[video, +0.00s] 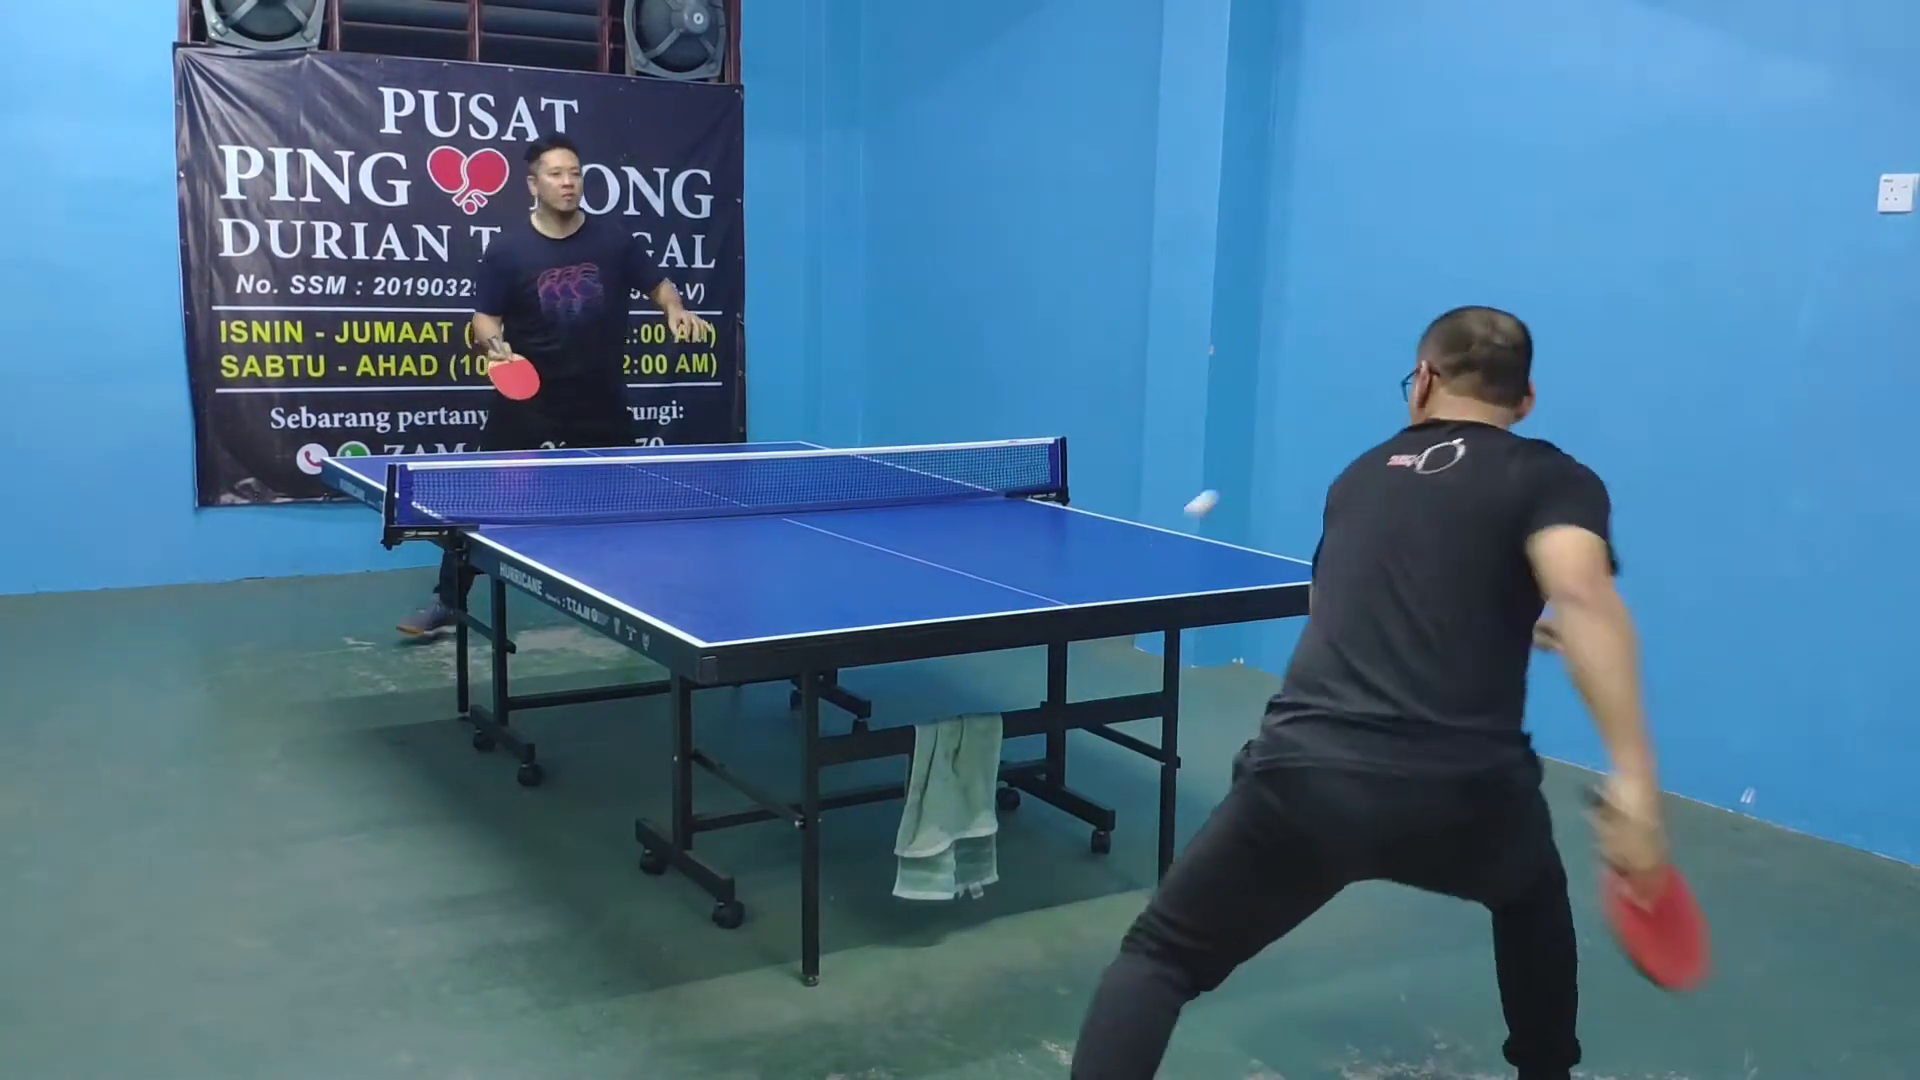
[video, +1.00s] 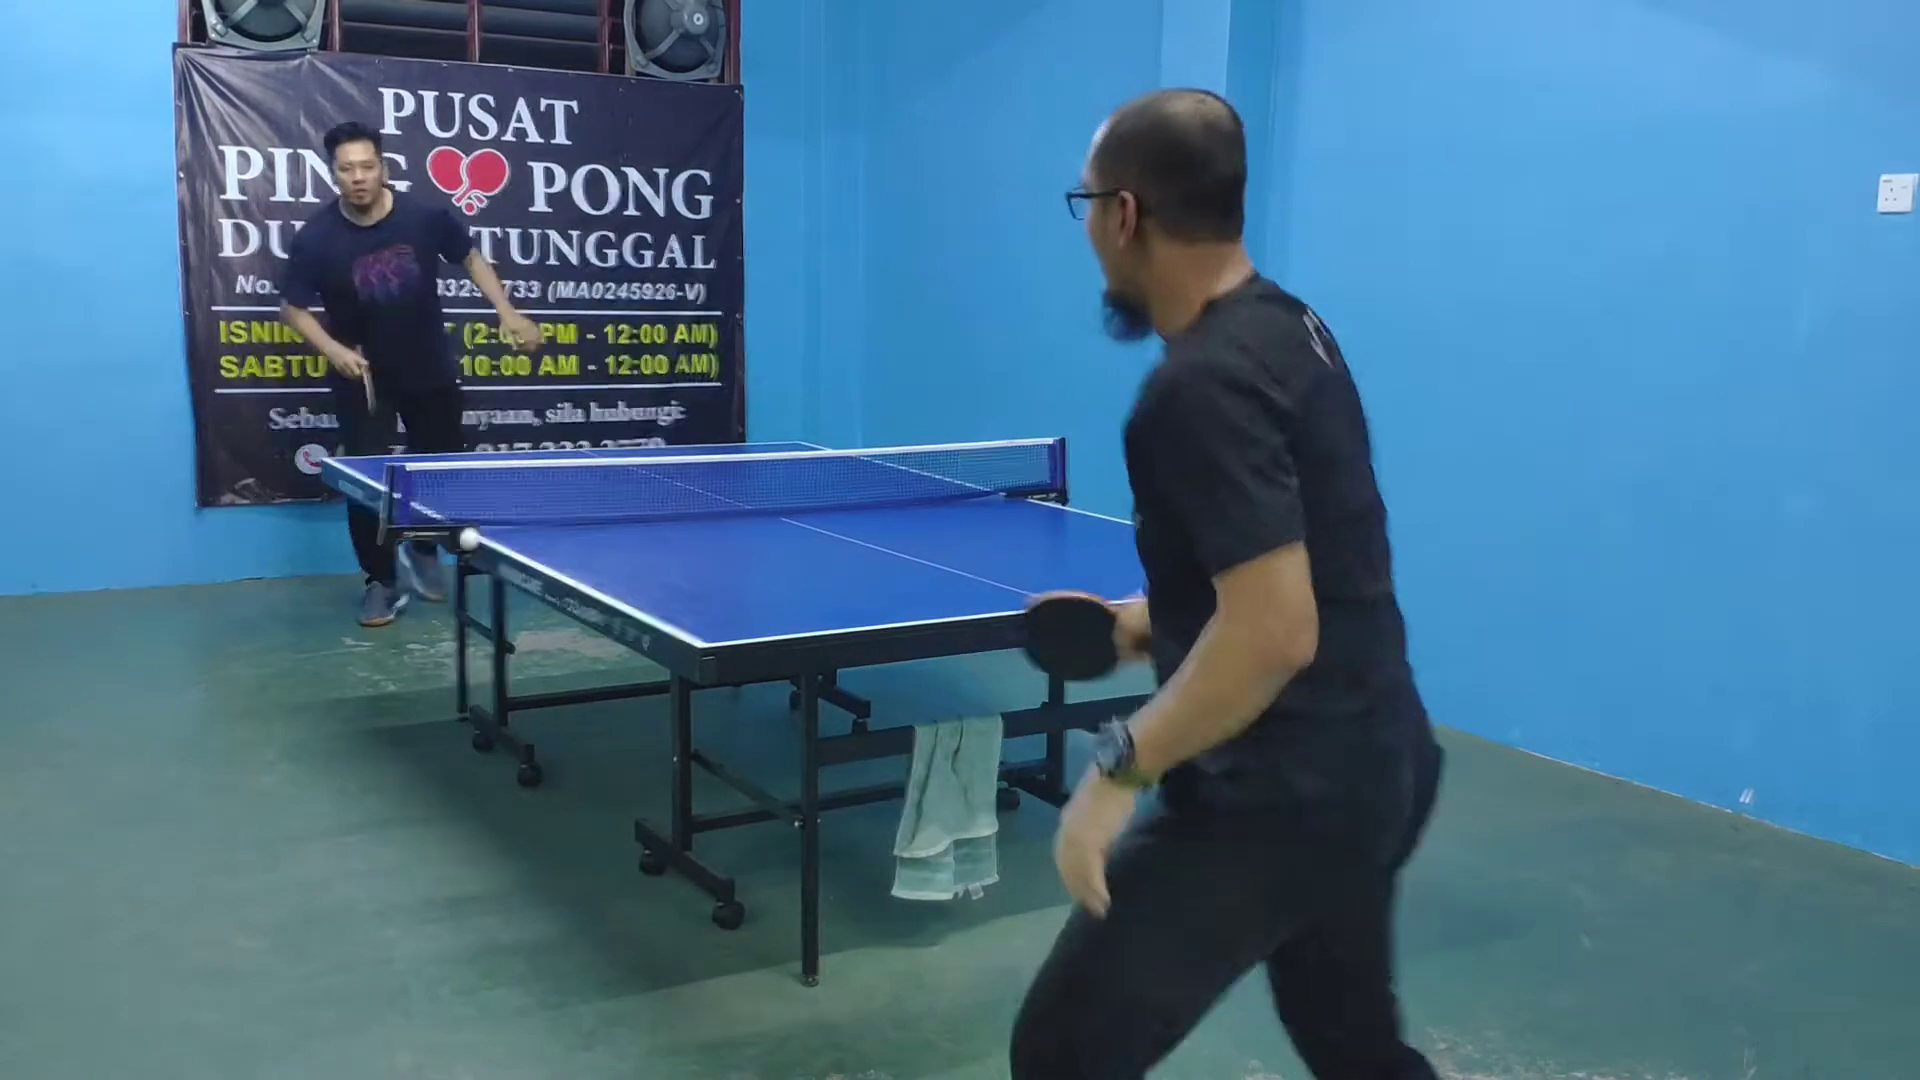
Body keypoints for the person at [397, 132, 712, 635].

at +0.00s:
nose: (568, 182)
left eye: (574, 173)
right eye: (556, 174)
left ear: (583, 180)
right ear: (533, 184)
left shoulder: (612, 239)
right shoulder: (509, 247)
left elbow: (656, 283)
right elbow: (484, 316)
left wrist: (677, 310)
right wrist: (494, 340)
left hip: (600, 399)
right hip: (528, 404)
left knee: (636, 498)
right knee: (476, 494)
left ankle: (659, 609)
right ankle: (449, 601)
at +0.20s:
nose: (554, 182)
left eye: (561, 172)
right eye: (542, 174)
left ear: (570, 179)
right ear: (519, 183)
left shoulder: (599, 236)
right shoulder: (495, 244)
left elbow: (641, 284)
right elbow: (468, 310)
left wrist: (656, 308)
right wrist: (482, 330)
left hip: (586, 392)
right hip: (513, 394)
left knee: (623, 486)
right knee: (469, 484)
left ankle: (650, 595)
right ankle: (429, 583)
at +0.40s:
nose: (523, 191)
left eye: (529, 182)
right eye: (511, 184)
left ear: (538, 186)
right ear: (489, 191)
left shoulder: (571, 240)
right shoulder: (470, 247)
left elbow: (618, 289)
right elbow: (439, 314)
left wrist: (621, 311)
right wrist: (464, 341)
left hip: (564, 395)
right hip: (491, 398)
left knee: (608, 483)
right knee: (446, 479)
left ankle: (631, 594)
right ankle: (426, 584)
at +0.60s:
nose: (439, 202)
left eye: (448, 193)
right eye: (429, 194)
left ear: (469, 197)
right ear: (417, 203)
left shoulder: (512, 245)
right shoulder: (400, 263)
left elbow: (576, 276)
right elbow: (342, 297)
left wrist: (639, 304)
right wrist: (286, 330)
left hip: (519, 397)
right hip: (447, 402)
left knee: (577, 482)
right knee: (410, 488)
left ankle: (611, 580)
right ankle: (390, 587)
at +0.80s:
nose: (375, 207)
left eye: (384, 196)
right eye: (364, 198)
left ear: (403, 196)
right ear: (352, 205)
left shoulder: (445, 236)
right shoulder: (340, 261)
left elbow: (500, 267)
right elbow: (290, 318)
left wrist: (554, 302)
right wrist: (298, 368)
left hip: (462, 375)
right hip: (391, 386)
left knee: (508, 462)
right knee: (381, 479)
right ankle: (385, 585)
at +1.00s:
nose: (357, 177)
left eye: (366, 166)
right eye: (347, 168)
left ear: (383, 168)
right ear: (334, 175)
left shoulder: (423, 214)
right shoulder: (317, 237)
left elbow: (471, 258)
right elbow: (292, 306)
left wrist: (508, 311)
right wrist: (333, 350)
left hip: (428, 368)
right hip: (361, 376)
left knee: (441, 465)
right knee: (366, 477)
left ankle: (423, 545)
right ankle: (380, 581)